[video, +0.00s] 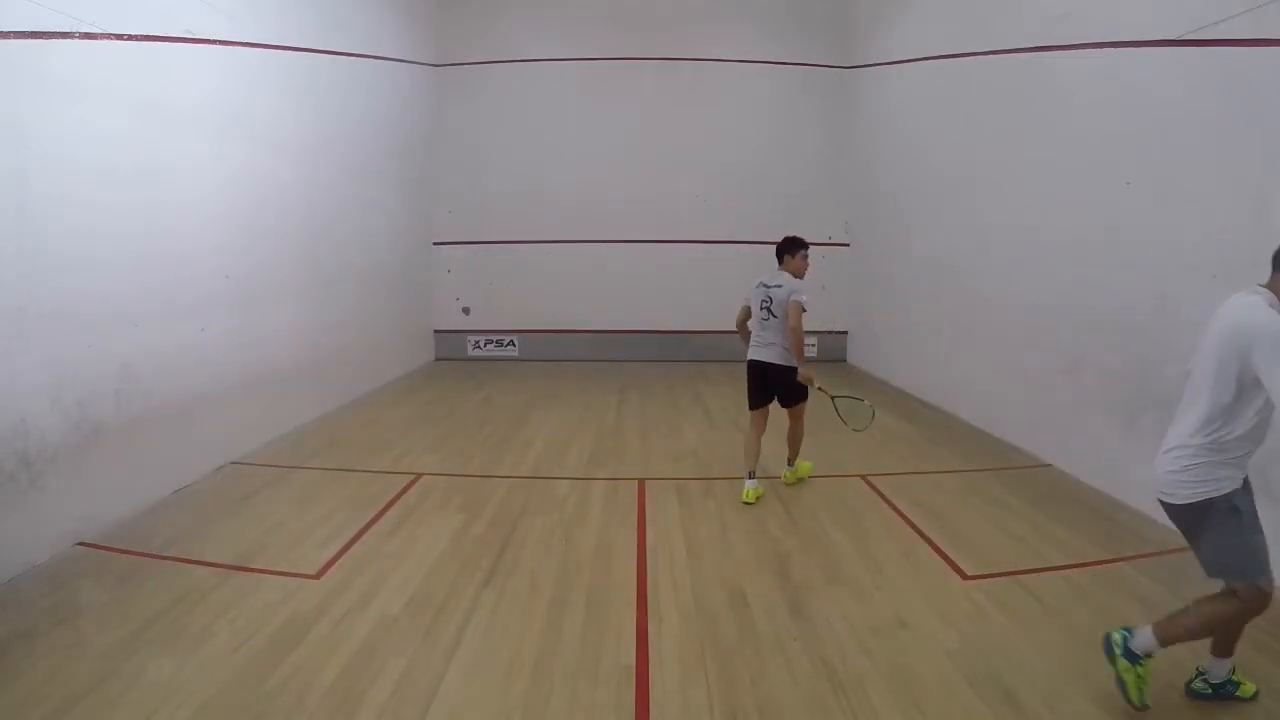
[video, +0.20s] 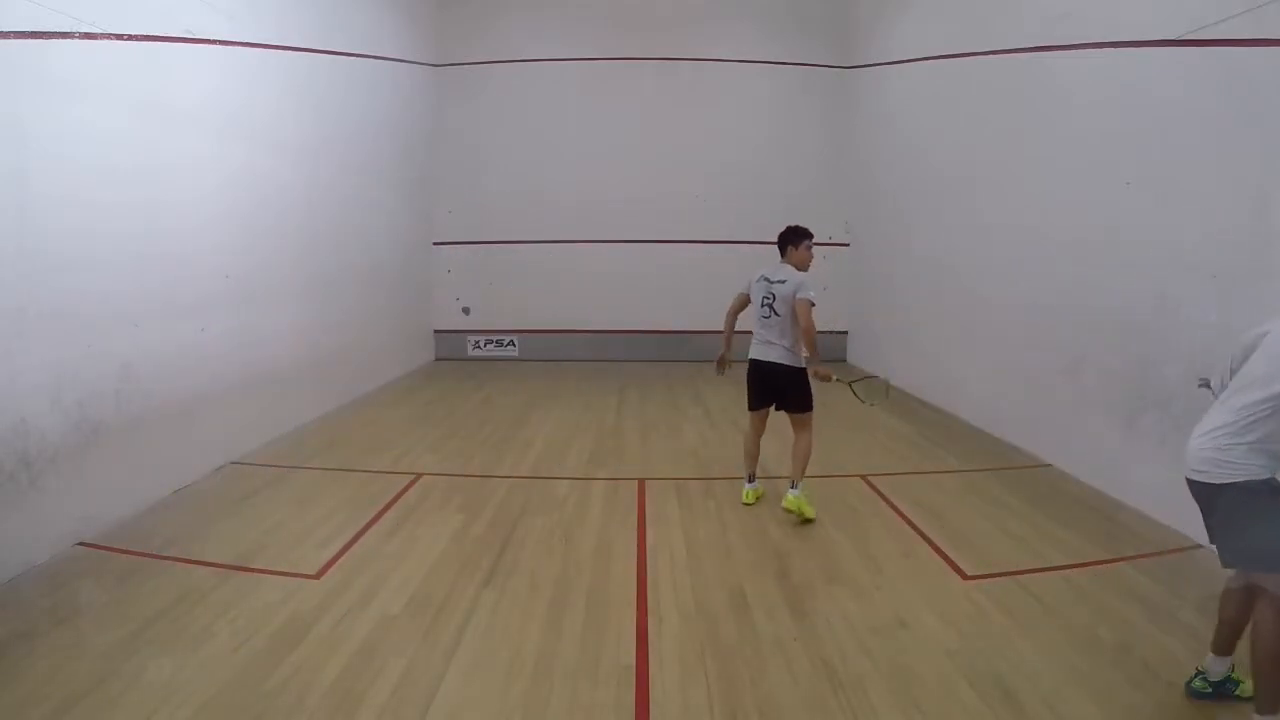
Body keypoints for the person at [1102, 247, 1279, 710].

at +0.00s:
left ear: (1271, 270)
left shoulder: (1244, 308)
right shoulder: (1262, 322)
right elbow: (1275, 390)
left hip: (1216, 472)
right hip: (1202, 480)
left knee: (1247, 576)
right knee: (1254, 595)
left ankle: (1216, 675)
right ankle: (1134, 645)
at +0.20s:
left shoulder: (1271, 332)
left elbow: (1232, 370)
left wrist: (1226, 393)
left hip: (1210, 464)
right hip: (1247, 470)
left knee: (1248, 572)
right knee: (1271, 589)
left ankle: (1214, 675)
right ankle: (1269, 711)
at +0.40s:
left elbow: (1271, 353)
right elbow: (1270, 354)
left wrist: (1212, 378)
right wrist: (1215, 377)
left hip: (1215, 499)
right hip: (1257, 520)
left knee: (1271, 590)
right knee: (1272, 592)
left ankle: (1232, 681)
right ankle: (1233, 681)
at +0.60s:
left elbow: (1271, 363)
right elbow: (1270, 364)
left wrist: (1232, 403)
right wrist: (1233, 403)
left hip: (1250, 493)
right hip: (1269, 513)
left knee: (1263, 584)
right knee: (1264, 585)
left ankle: (1228, 680)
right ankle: (1228, 679)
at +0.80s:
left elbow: (1276, 339)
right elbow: (1278, 339)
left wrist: (1238, 372)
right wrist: (1239, 372)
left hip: (1271, 496)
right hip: (1271, 498)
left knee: (1249, 591)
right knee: (1248, 592)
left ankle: (1182, 701)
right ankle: (1183, 700)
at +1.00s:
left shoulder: (1279, 318)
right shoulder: (1278, 320)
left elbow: (1258, 364)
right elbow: (1257, 366)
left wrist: (1191, 454)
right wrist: (1192, 454)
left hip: (1265, 511)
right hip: (1265, 511)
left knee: (1188, 627)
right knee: (1189, 626)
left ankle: (1122, 714)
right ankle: (1123, 713)